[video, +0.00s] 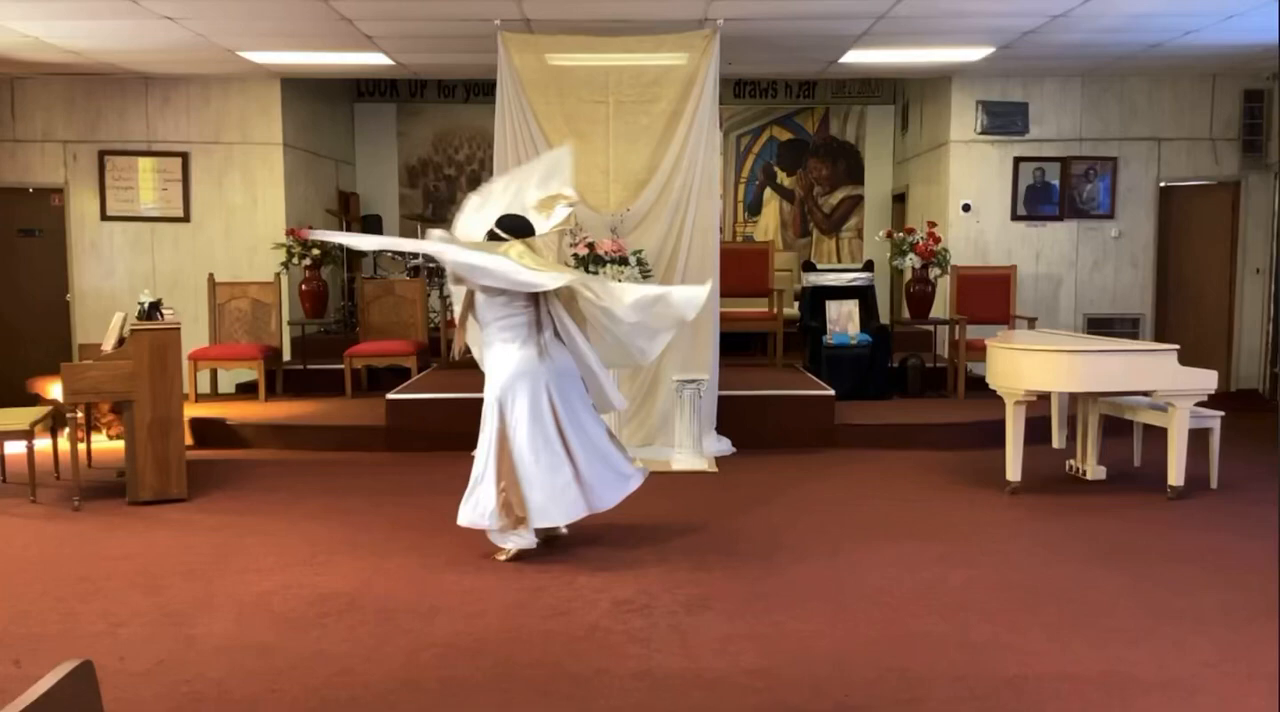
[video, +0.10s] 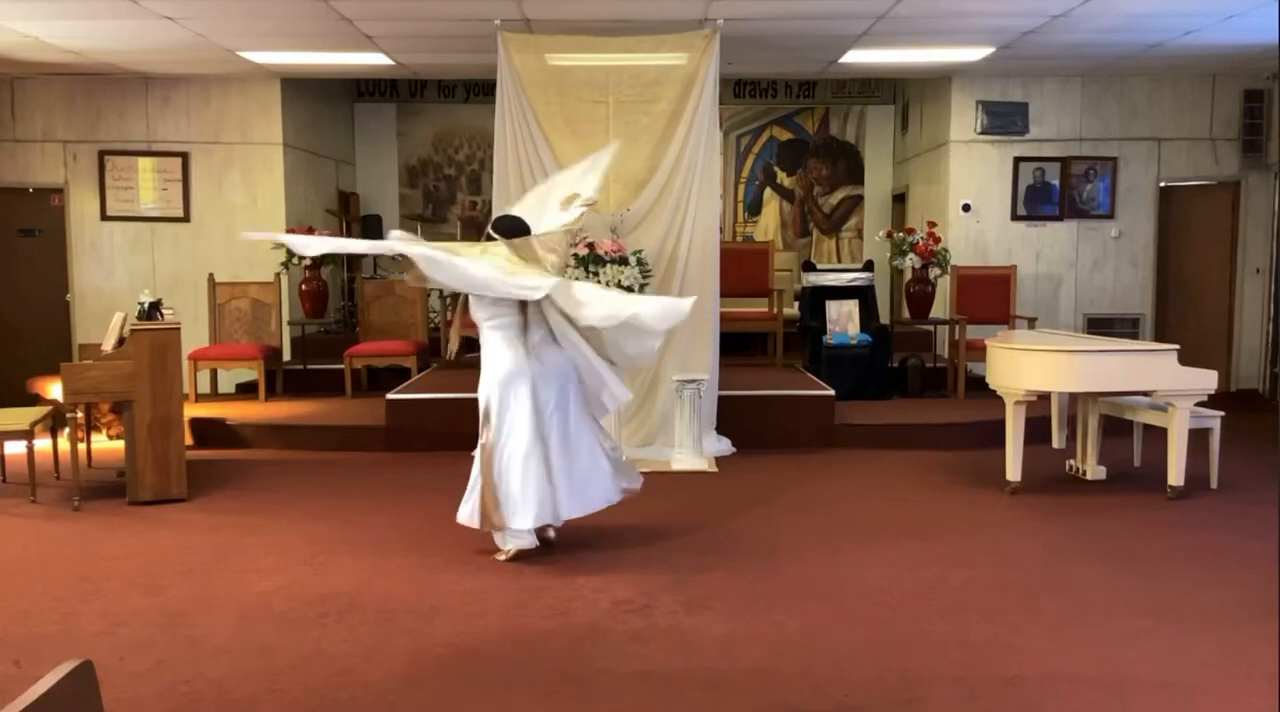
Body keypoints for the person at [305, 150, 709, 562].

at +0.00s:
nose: (491, 240)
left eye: (489, 236)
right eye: (511, 235)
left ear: (488, 240)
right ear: (527, 238)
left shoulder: (484, 270)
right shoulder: (540, 266)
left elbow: (450, 257)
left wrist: (437, 243)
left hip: (511, 365)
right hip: (545, 358)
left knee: (510, 446)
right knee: (545, 439)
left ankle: (516, 531)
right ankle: (550, 518)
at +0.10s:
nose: (504, 244)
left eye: (500, 239)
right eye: (516, 238)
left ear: (493, 241)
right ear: (528, 240)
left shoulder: (477, 271)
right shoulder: (542, 270)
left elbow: (422, 257)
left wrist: (402, 242)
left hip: (504, 366)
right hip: (545, 362)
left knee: (507, 448)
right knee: (543, 442)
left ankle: (515, 533)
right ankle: (541, 522)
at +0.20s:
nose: (509, 249)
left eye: (503, 244)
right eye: (514, 242)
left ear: (492, 242)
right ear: (529, 241)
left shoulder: (480, 266)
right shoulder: (543, 263)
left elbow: (427, 256)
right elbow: (578, 222)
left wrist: (384, 243)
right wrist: (604, 191)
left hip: (501, 371)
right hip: (546, 367)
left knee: (504, 447)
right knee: (545, 442)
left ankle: (512, 534)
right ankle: (540, 524)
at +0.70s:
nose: (533, 254)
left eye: (524, 247)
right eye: (531, 246)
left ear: (494, 241)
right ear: (522, 242)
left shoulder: (474, 271)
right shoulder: (528, 271)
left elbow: (425, 267)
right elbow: (562, 247)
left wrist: (393, 253)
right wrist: (587, 210)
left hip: (489, 369)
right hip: (527, 366)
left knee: (490, 438)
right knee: (531, 442)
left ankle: (490, 511)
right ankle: (527, 528)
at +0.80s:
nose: (544, 250)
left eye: (544, 244)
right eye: (540, 243)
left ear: (497, 239)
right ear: (521, 242)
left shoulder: (479, 268)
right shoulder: (525, 267)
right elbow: (589, 291)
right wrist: (573, 230)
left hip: (488, 360)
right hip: (522, 361)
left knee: (488, 431)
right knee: (527, 436)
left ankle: (483, 506)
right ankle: (521, 521)